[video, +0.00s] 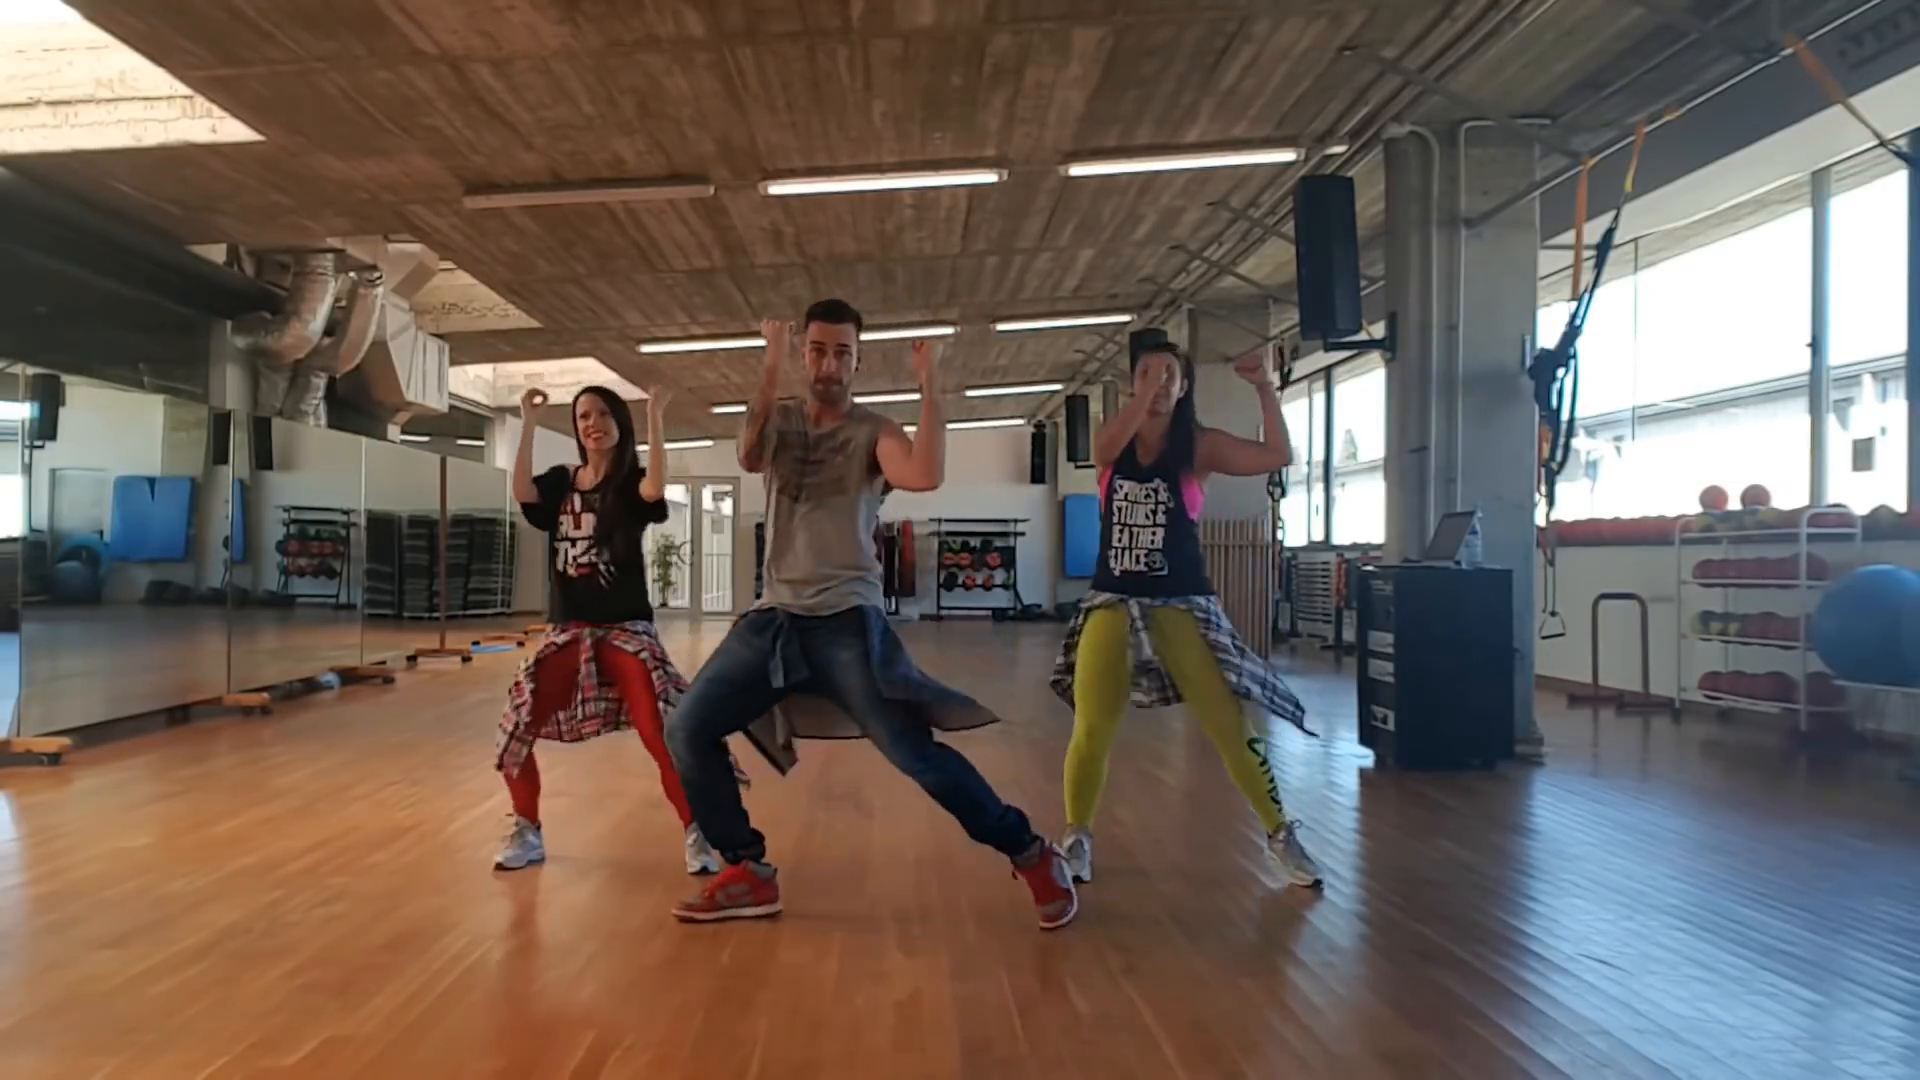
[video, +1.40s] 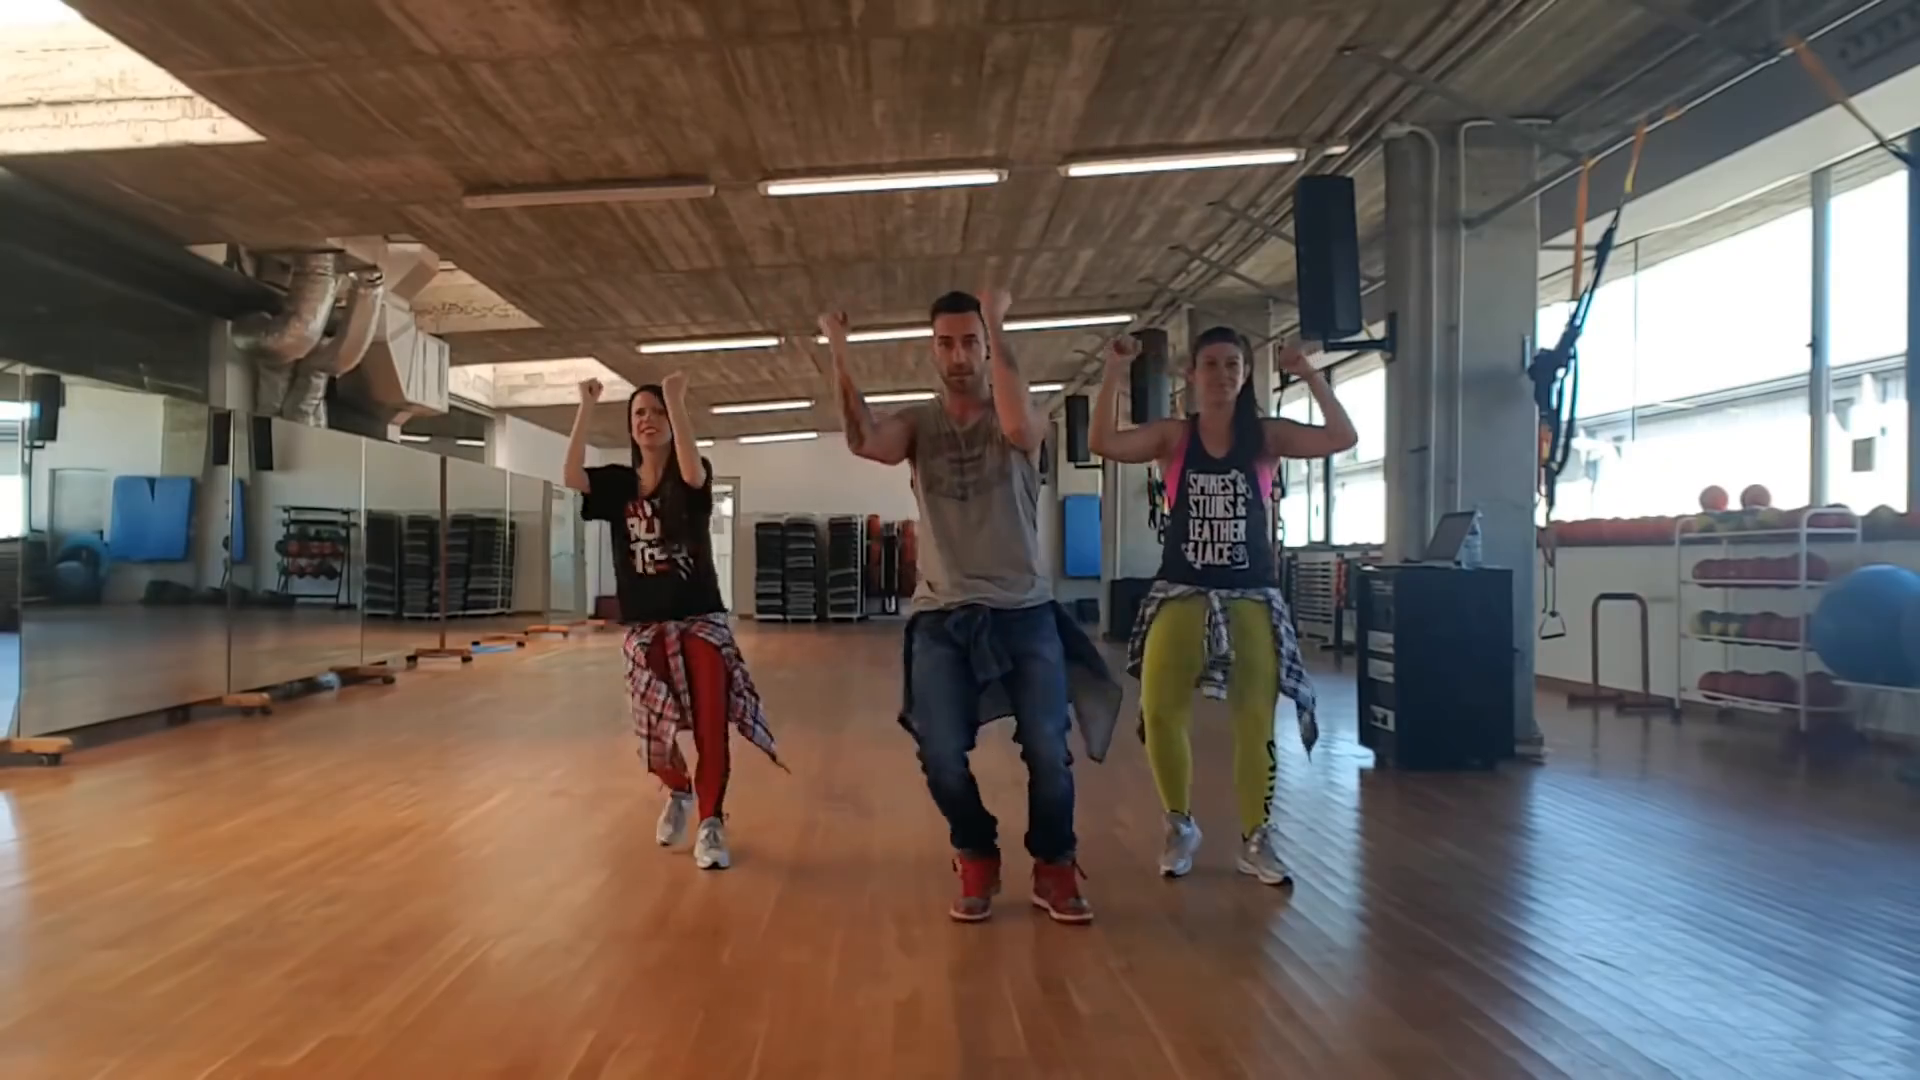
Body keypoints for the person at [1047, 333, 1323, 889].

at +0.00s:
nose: (1161, 388)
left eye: (1171, 377)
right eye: (1151, 376)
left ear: (1185, 385)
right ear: (1132, 385)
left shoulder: (1200, 445)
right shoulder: (1112, 441)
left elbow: (1277, 455)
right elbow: (1111, 444)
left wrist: (1264, 386)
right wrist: (1145, 393)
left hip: (1180, 600)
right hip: (1111, 599)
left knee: (1228, 725)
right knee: (1091, 729)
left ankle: (1282, 837)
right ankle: (1076, 841)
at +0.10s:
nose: (1141, 382)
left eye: (1151, 373)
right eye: (1131, 372)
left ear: (1168, 386)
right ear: (1116, 382)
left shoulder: (1181, 445)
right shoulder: (1097, 437)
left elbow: (1256, 451)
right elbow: (1065, 450)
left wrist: (1245, 386)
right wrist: (1101, 392)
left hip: (1164, 600)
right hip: (1095, 600)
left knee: (1219, 710)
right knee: (1085, 729)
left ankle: (1248, 827)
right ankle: (1076, 837)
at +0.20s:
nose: (1132, 375)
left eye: (1143, 367)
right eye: (1123, 366)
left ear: (1158, 378)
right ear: (1107, 375)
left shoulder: (1173, 437)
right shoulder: (1085, 430)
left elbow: (1248, 442)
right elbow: (1029, 444)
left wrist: (1231, 380)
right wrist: (1054, 381)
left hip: (1156, 595)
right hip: (1087, 594)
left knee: (1201, 703)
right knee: (1086, 722)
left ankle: (1177, 813)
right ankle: (1076, 836)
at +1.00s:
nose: (1202, 378)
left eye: (1210, 368)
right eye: (1191, 369)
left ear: (1222, 377)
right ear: (1172, 380)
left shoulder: (1242, 435)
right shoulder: (1159, 438)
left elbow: (1311, 432)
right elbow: (1091, 453)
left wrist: (1285, 379)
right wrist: (1102, 385)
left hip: (1233, 596)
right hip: (1171, 595)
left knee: (1256, 711)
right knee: (1134, 712)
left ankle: (1256, 840)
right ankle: (1088, 831)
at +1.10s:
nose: (1208, 377)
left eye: (1218, 367)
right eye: (1198, 368)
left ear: (1233, 377)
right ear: (1180, 379)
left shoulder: (1256, 433)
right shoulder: (1165, 439)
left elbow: (1328, 430)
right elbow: (1115, 442)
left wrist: (1308, 375)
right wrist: (1148, 380)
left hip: (1246, 596)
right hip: (1177, 595)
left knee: (1257, 718)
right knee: (1141, 707)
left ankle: (1256, 841)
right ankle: (1131, 821)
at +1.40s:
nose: (1222, 373)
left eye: (1232, 364)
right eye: (1211, 364)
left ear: (1246, 375)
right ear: (1192, 375)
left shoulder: (1266, 433)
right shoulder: (1172, 434)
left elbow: (1342, 438)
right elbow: (1103, 443)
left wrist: (1310, 374)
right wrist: (1114, 371)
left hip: (1251, 593)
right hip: (1181, 592)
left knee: (1255, 713)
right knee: (1160, 708)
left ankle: (1257, 839)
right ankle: (1179, 827)